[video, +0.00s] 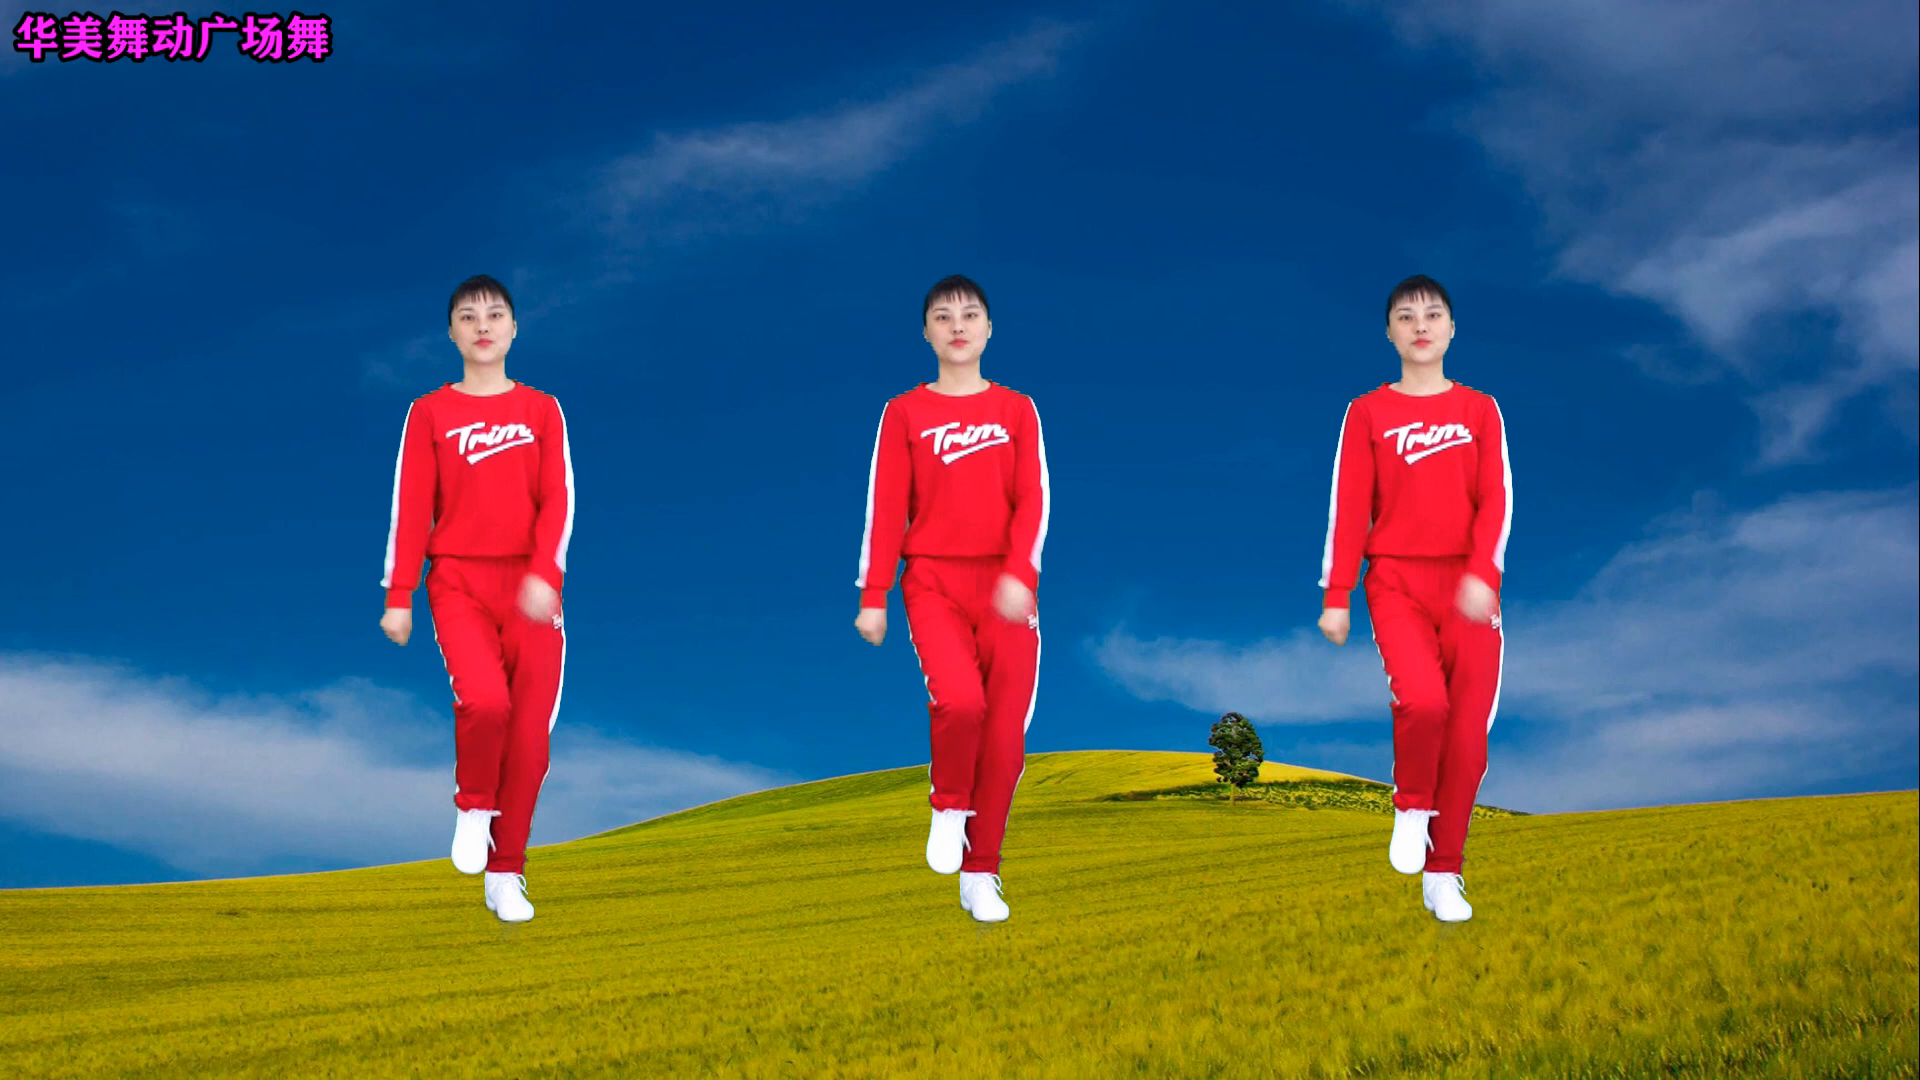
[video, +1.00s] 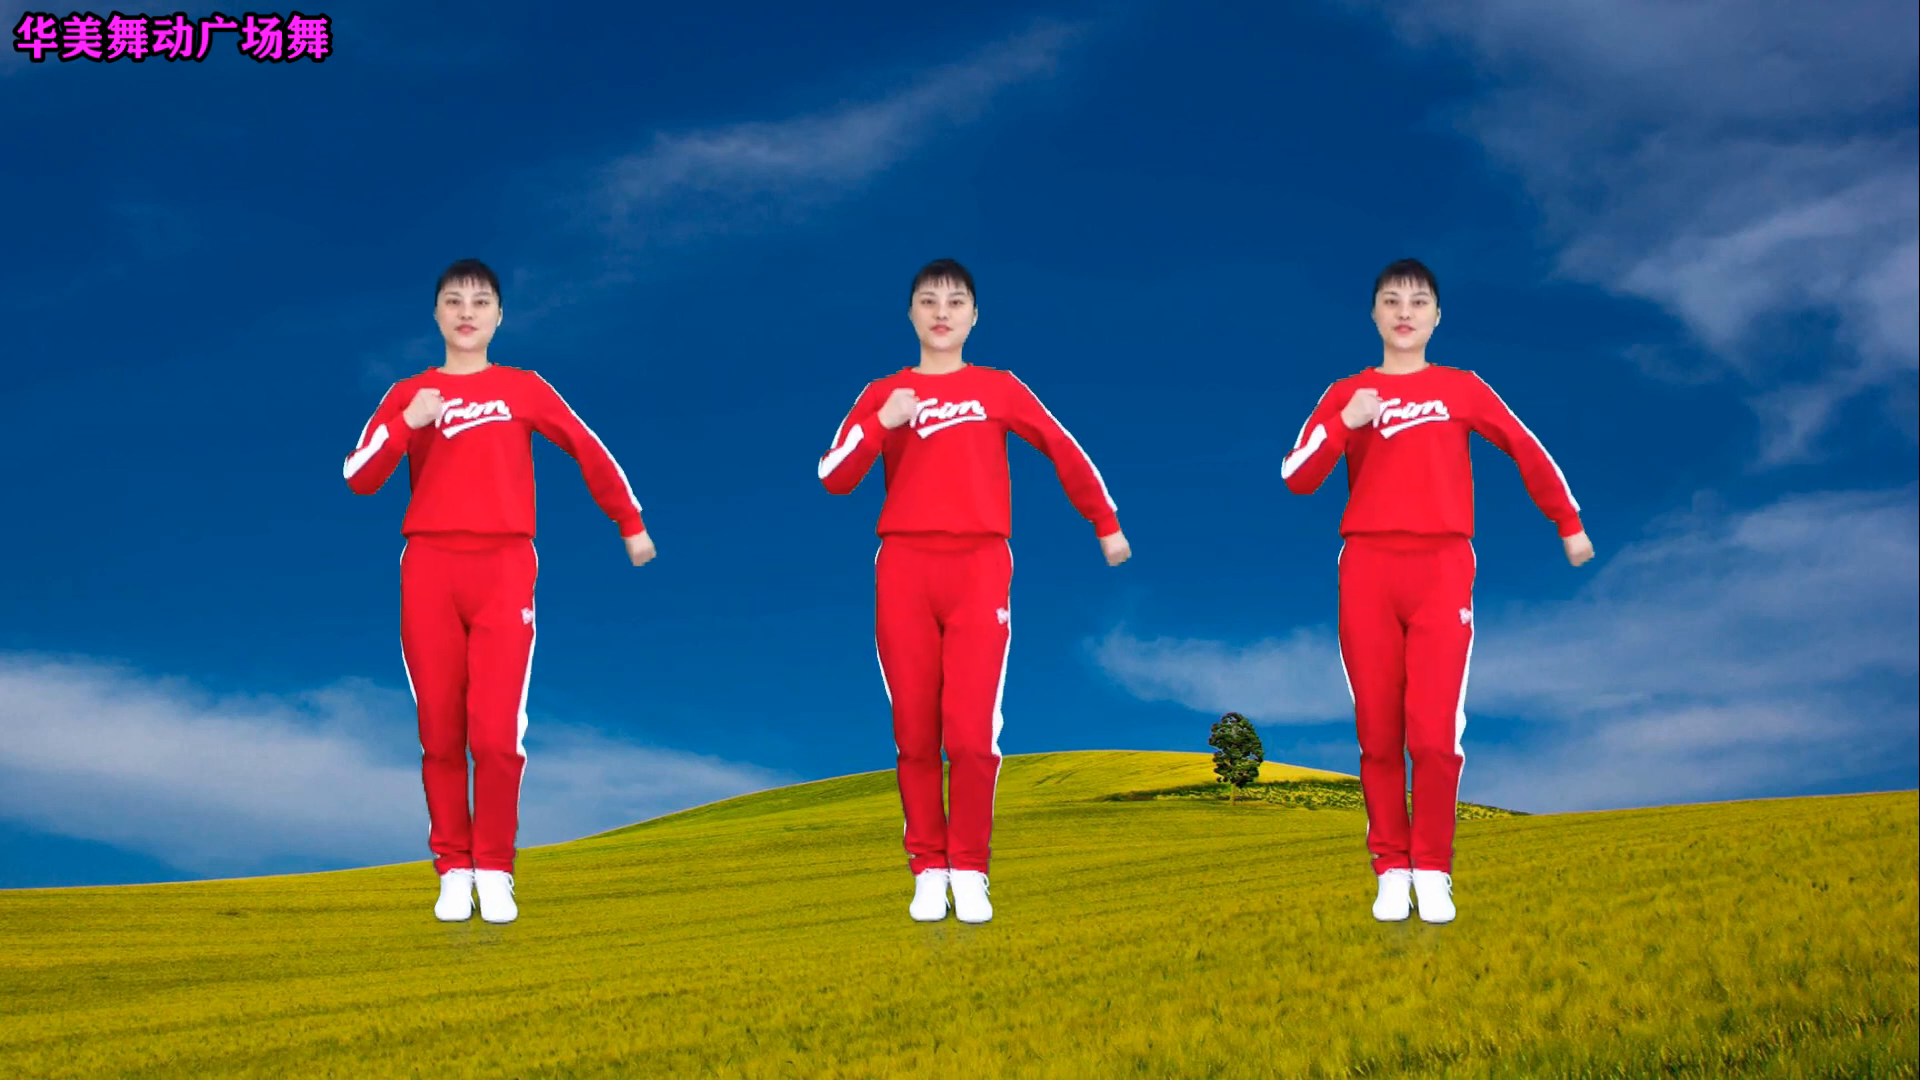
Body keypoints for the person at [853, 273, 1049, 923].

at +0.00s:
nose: (957, 325)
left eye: (969, 315)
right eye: (944, 317)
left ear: (988, 328)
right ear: (928, 332)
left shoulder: (1018, 409)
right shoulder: (903, 411)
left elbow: (1034, 499)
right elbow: (885, 508)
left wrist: (1020, 575)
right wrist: (874, 596)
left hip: (1007, 582)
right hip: (931, 582)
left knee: (1008, 725)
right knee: (962, 702)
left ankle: (982, 867)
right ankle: (950, 806)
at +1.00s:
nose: (941, 312)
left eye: (954, 303)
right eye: (930, 302)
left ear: (972, 315)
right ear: (912, 314)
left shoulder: (1001, 387)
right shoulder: (884, 393)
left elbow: (1064, 447)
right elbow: (834, 478)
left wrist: (1107, 524)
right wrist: (880, 424)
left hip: (981, 567)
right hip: (904, 569)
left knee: (971, 730)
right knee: (914, 729)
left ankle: (969, 870)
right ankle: (927, 868)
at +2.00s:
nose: (938, 322)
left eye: (950, 312)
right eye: (925, 313)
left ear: (968, 323)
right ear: (909, 325)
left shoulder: (998, 401)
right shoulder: (883, 407)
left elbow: (999, 491)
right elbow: (866, 496)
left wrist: (971, 565)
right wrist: (857, 581)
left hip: (968, 580)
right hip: (897, 578)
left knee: (953, 722)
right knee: (905, 733)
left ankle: (967, 830)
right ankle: (927, 868)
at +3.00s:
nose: (953, 295)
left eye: (964, 284)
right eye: (938, 287)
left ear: (983, 298)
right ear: (922, 305)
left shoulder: (1014, 376)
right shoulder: (899, 380)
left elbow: (1045, 462)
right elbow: (831, 442)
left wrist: (990, 412)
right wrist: (766, 504)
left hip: (999, 556)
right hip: (923, 557)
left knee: (989, 715)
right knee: (941, 713)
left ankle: (975, 862)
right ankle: (931, 848)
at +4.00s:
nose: (1021, 302)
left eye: (1027, 293)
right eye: (1004, 295)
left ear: (1039, 309)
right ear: (976, 316)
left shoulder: (1072, 378)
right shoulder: (967, 379)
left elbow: (1105, 473)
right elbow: (917, 315)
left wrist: (1115, 558)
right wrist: (920, 227)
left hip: (1084, 558)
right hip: (1011, 558)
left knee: (1088, 725)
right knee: (997, 723)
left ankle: (1086, 867)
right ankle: (947, 852)